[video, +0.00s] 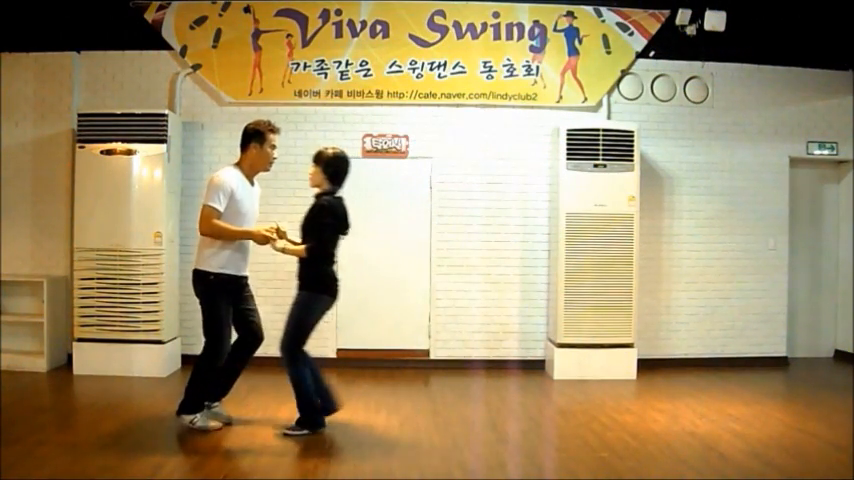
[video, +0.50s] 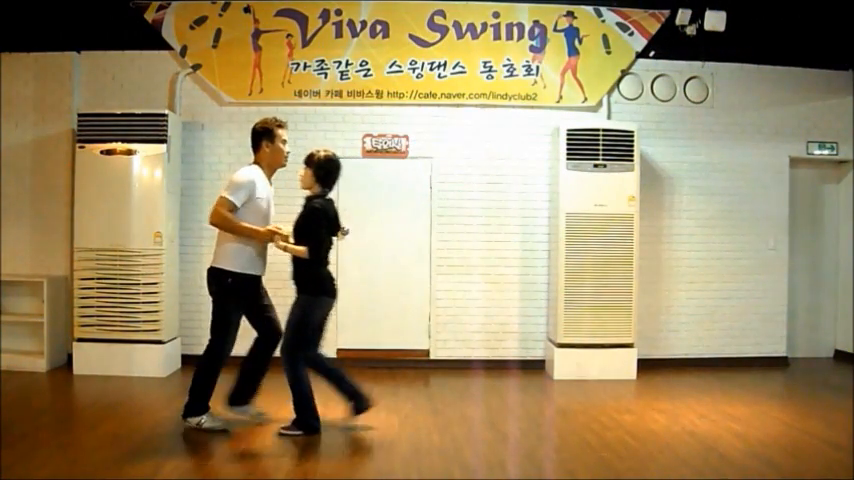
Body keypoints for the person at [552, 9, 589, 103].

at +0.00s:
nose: (567, 20)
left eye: (568, 18)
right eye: (566, 18)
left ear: (572, 19)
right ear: (567, 19)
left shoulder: (568, 29)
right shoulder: (576, 29)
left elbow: (555, 30)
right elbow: (580, 43)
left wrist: (557, 19)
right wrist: (582, 37)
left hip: (573, 54)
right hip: (574, 53)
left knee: (562, 72)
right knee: (574, 75)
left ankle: (559, 95)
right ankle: (584, 95)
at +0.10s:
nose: (567, 20)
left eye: (569, 18)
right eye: (567, 18)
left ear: (572, 19)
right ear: (567, 19)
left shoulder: (568, 29)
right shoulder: (576, 29)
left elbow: (555, 30)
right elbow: (580, 43)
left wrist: (556, 19)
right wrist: (582, 37)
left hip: (572, 54)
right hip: (574, 53)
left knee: (562, 73)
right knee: (574, 75)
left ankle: (559, 95)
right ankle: (584, 96)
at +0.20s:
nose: (567, 20)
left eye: (569, 18)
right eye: (567, 18)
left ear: (572, 19)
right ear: (567, 19)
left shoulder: (568, 29)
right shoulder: (576, 29)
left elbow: (555, 30)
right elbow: (580, 43)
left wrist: (556, 19)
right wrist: (582, 37)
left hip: (573, 54)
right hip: (574, 54)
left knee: (562, 72)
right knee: (574, 75)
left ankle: (559, 95)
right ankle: (584, 96)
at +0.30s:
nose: (567, 20)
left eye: (569, 18)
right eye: (567, 18)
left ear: (572, 19)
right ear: (567, 19)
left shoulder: (568, 29)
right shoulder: (576, 29)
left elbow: (555, 30)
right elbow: (580, 43)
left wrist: (556, 19)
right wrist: (582, 37)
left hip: (573, 54)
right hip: (573, 54)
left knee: (562, 73)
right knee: (574, 75)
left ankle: (559, 95)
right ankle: (584, 96)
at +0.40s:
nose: (567, 20)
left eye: (569, 18)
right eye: (567, 18)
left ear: (572, 19)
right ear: (567, 19)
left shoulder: (568, 29)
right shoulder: (576, 29)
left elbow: (555, 30)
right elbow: (580, 43)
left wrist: (557, 19)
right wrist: (582, 37)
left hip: (573, 54)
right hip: (573, 54)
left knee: (562, 72)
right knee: (574, 75)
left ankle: (559, 95)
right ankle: (584, 96)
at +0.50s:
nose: (567, 20)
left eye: (569, 18)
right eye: (567, 18)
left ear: (572, 18)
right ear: (567, 19)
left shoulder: (568, 29)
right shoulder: (576, 29)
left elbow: (555, 30)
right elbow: (580, 43)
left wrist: (557, 19)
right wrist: (582, 37)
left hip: (573, 54)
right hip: (574, 54)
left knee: (562, 73)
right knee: (574, 75)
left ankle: (559, 95)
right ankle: (584, 96)